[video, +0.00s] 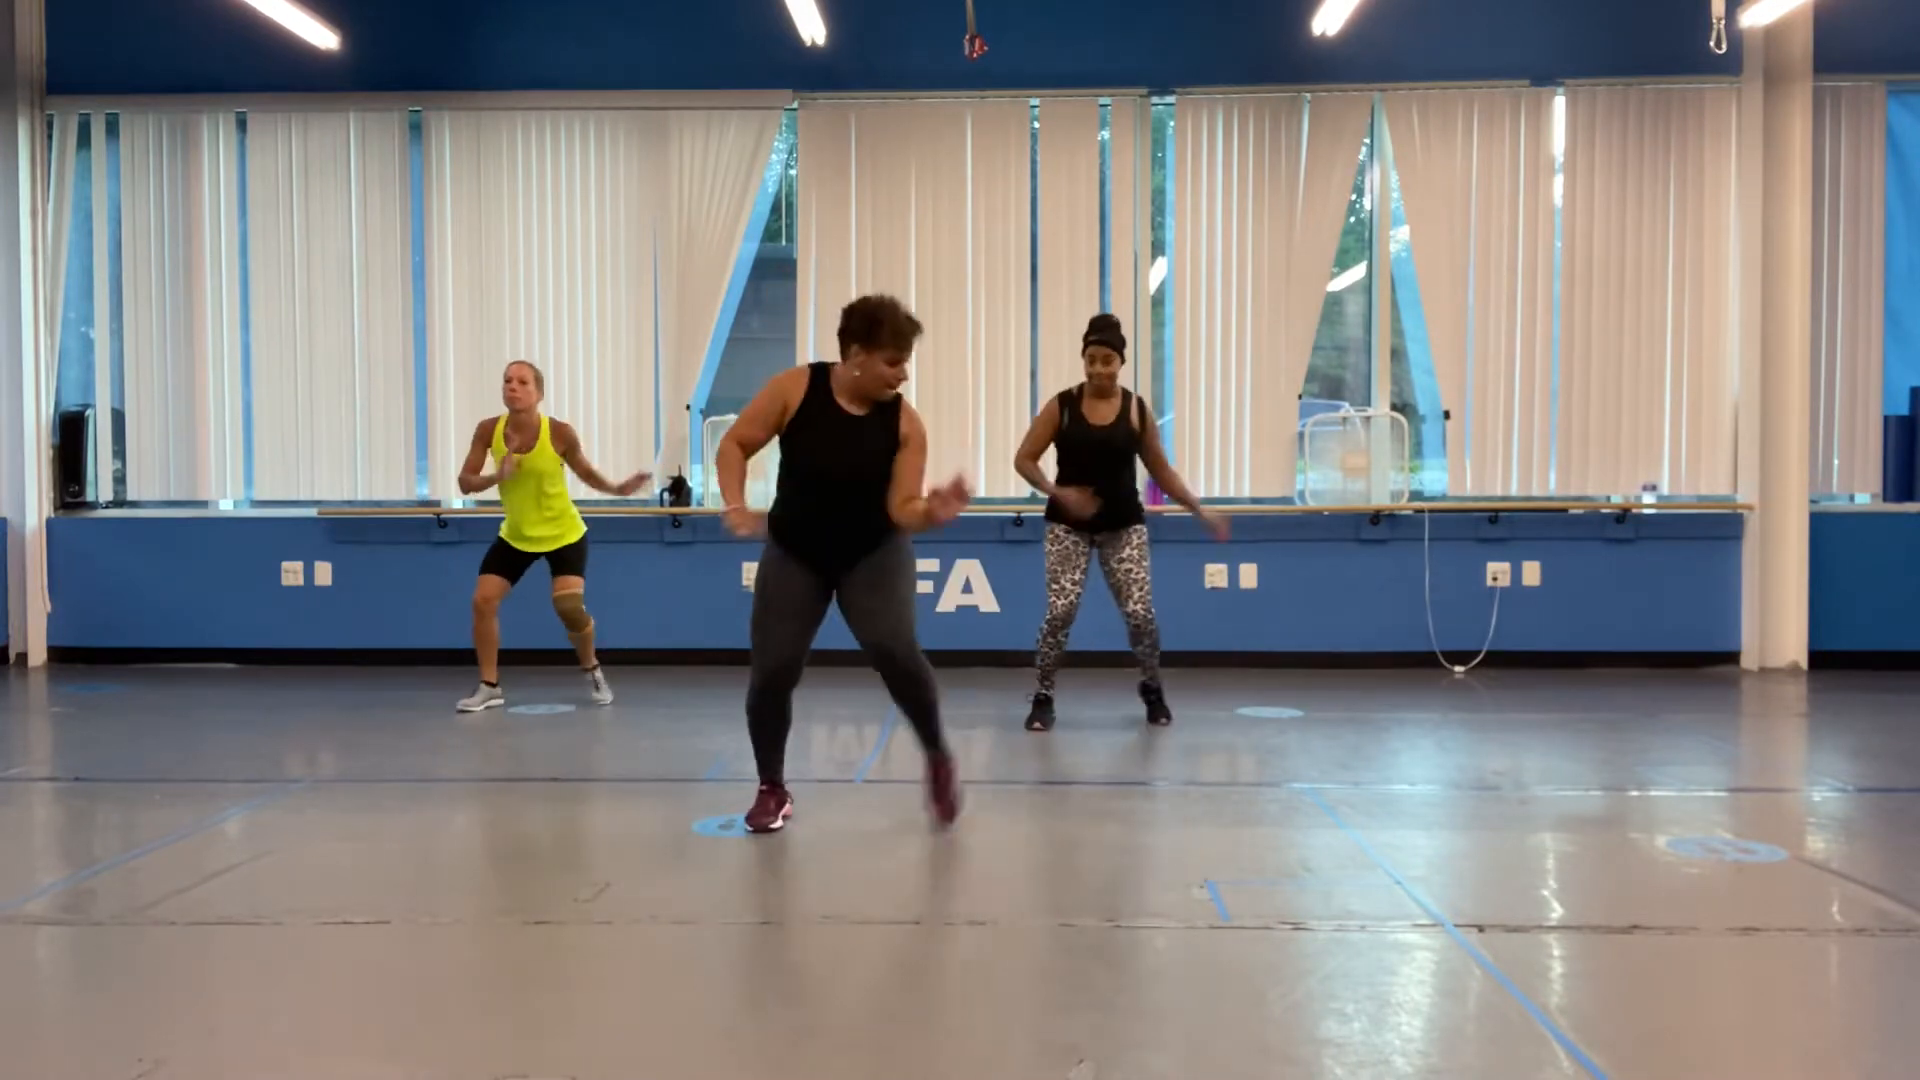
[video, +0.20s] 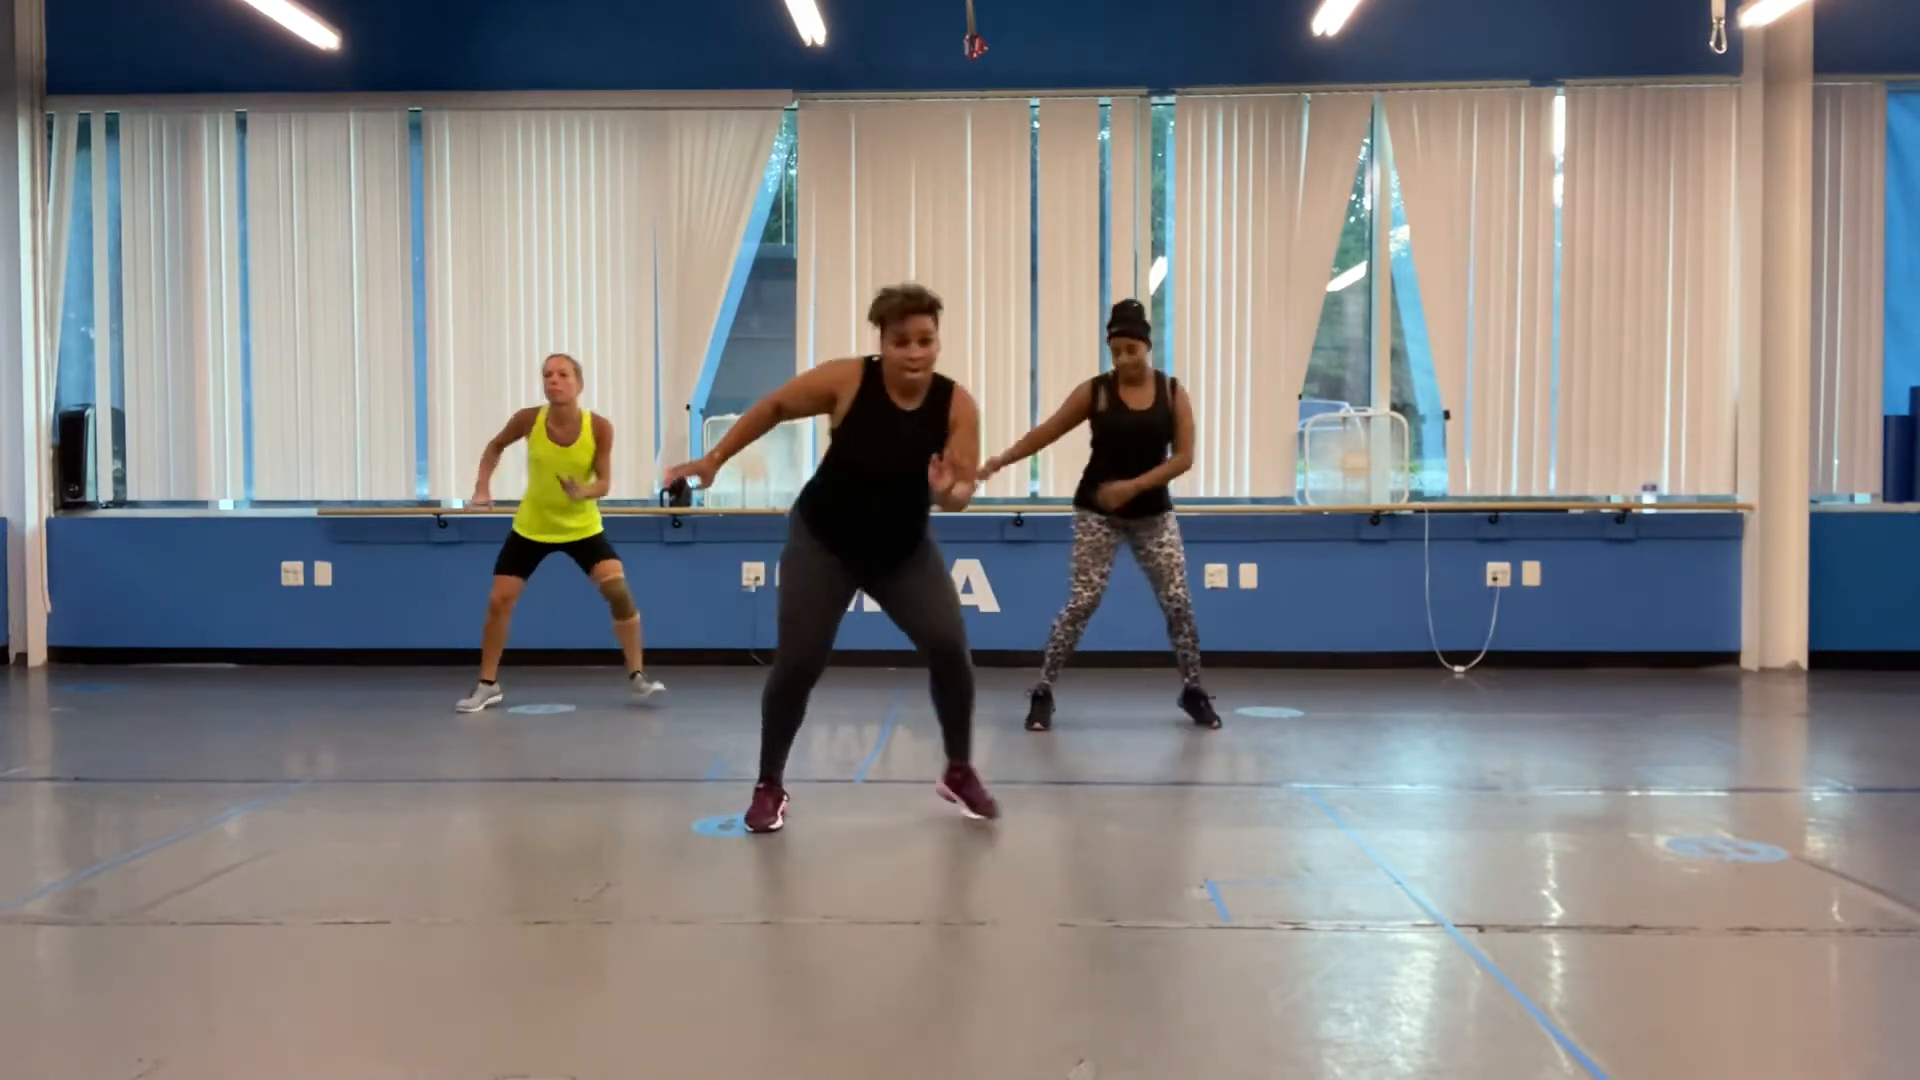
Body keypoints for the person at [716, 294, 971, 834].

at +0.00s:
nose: (903, 372)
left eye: (905, 361)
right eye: (894, 361)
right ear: (855, 357)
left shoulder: (905, 425)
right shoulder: (794, 389)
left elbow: (903, 511)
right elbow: (732, 446)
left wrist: (932, 510)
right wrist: (736, 505)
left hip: (873, 554)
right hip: (795, 552)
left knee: (895, 654)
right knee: (772, 671)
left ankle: (938, 758)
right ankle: (771, 788)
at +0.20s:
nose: (916, 353)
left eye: (926, 342)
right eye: (903, 342)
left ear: (938, 344)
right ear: (880, 343)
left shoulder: (956, 405)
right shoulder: (844, 380)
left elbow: (964, 490)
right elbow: (773, 408)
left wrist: (945, 490)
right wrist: (712, 461)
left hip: (901, 546)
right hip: (825, 541)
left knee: (950, 647)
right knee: (797, 665)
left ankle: (959, 770)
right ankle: (769, 785)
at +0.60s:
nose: (989, 340)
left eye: (998, 327)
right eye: (975, 332)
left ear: (1016, 328)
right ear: (960, 339)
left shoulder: (1048, 378)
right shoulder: (938, 382)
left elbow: (1076, 454)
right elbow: (867, 412)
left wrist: (1017, 446)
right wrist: (794, 453)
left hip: (998, 540)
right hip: (922, 533)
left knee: (1043, 642)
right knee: (909, 656)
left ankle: (1024, 764)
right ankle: (897, 777)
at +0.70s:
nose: (1008, 348)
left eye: (1018, 335)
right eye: (995, 340)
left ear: (1037, 337)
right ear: (981, 347)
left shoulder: (1070, 380)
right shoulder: (962, 391)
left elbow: (1111, 438)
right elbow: (883, 417)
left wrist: (1030, 424)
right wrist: (804, 442)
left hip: (1023, 547)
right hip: (948, 534)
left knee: (1055, 664)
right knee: (904, 646)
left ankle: (1083, 791)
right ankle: (867, 745)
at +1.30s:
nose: (997, 348)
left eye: (996, 338)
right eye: (984, 339)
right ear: (945, 347)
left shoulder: (1006, 413)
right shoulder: (899, 384)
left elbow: (1041, 487)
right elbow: (839, 426)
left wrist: (1078, 471)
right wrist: (917, 448)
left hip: (991, 551)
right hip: (912, 555)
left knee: (1037, 642)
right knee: (883, 674)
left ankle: (1091, 710)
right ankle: (880, 791)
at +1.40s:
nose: (981, 346)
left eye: (985, 334)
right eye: (966, 335)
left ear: (991, 338)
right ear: (934, 341)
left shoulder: (1005, 411)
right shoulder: (897, 379)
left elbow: (997, 499)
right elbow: (817, 400)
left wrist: (1033, 496)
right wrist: (856, 458)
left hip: (986, 552)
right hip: (905, 551)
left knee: (1031, 658)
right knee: (881, 672)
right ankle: (879, 791)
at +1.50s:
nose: (937, 350)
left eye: (949, 339)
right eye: (929, 339)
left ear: (980, 332)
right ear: (922, 337)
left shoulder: (1016, 388)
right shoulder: (908, 367)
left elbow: (1021, 467)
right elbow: (825, 359)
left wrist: (1005, 460)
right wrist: (801, 415)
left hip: (986, 545)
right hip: (907, 542)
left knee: (1035, 651)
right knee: (891, 668)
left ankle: (1041, 774)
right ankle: (878, 790)